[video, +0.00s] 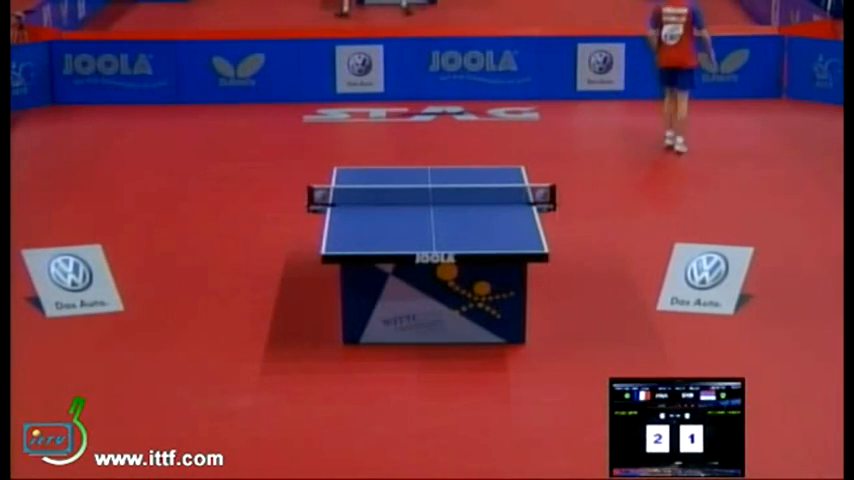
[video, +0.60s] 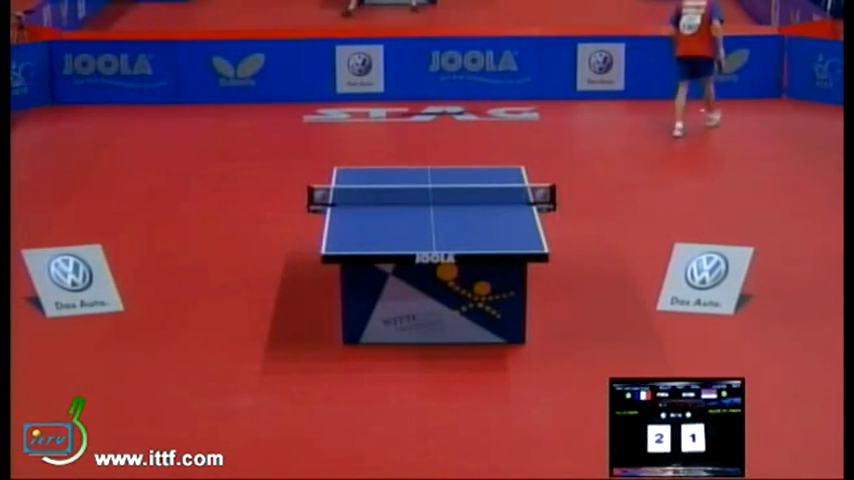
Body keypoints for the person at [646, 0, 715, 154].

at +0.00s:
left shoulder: (659, 8)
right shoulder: (691, 8)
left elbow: (652, 33)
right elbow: (703, 32)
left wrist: (657, 50)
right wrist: (711, 53)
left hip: (665, 60)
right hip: (685, 60)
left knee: (668, 96)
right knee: (682, 99)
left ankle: (669, 133)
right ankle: (680, 138)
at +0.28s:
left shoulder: (668, 10)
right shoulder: (698, 9)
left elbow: (660, 35)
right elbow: (712, 33)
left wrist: (663, 57)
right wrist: (699, 34)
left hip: (674, 59)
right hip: (693, 60)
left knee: (676, 92)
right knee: (691, 95)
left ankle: (676, 126)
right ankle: (684, 124)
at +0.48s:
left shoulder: (674, 3)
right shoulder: (706, 3)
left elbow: (667, 28)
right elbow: (711, 28)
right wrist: (717, 46)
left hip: (680, 51)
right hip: (699, 50)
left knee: (680, 85)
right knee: (702, 82)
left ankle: (677, 124)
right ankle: (696, 116)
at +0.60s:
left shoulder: (682, 4)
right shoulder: (711, 5)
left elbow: (673, 27)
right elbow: (715, 27)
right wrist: (720, 50)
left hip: (684, 51)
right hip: (704, 52)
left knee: (682, 86)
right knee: (708, 84)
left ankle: (678, 124)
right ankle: (711, 114)